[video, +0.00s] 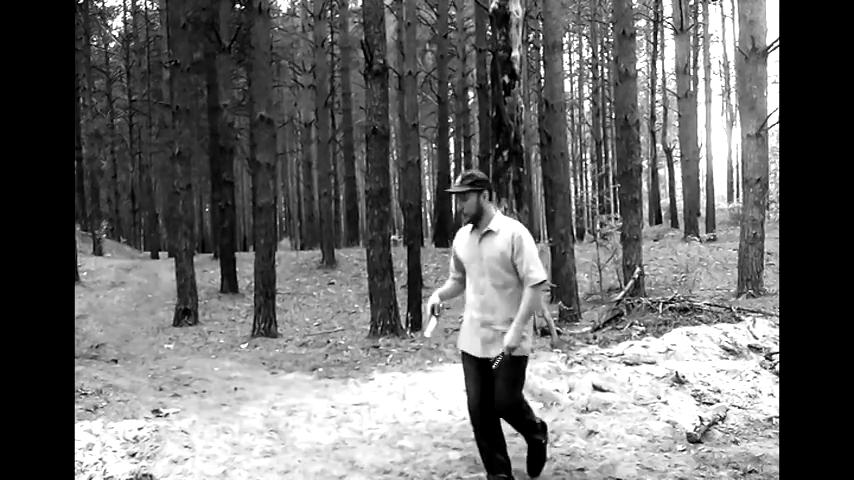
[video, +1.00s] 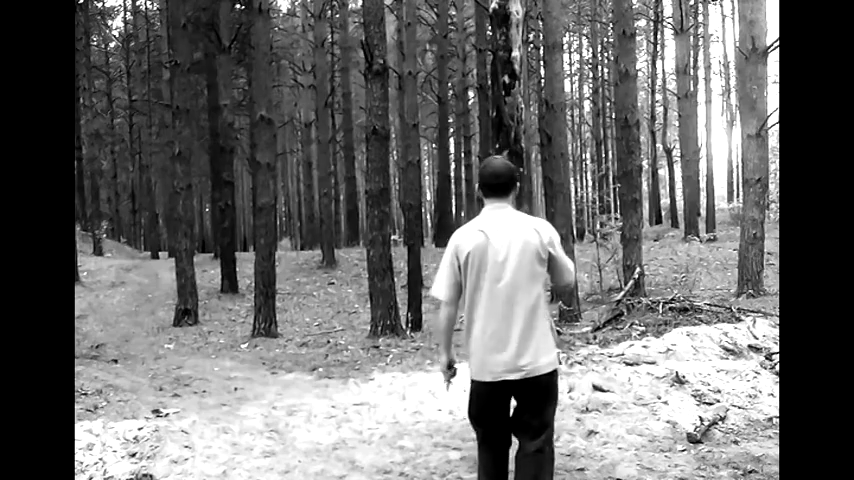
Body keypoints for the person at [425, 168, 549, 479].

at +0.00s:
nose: (459, 205)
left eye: (464, 198)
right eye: (457, 199)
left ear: (484, 196)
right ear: (463, 200)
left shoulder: (514, 233)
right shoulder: (462, 237)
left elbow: (535, 284)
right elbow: (457, 280)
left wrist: (516, 331)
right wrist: (438, 295)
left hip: (510, 338)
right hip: (473, 338)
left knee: (506, 403)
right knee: (479, 411)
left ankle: (536, 434)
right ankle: (498, 472)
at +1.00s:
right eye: (516, 184)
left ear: (480, 189)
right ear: (516, 188)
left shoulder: (463, 238)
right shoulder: (541, 230)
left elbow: (448, 303)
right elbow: (567, 283)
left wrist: (446, 353)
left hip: (487, 364)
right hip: (537, 360)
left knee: (490, 444)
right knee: (536, 445)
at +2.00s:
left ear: (458, 235)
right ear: (489, 230)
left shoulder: (455, 269)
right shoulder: (511, 258)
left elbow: (433, 317)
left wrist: (453, 337)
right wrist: (533, 227)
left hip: (479, 355)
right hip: (519, 348)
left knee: (479, 412)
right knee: (528, 418)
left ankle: (481, 473)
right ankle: (529, 475)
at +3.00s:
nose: (489, 204)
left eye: (489, 196)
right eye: (487, 197)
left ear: (503, 193)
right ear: (513, 192)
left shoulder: (522, 225)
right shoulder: (537, 219)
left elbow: (509, 279)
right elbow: (530, 278)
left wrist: (476, 276)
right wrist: (497, 290)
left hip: (533, 334)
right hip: (559, 331)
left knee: (507, 408)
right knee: (553, 405)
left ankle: (509, 472)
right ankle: (560, 473)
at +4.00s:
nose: (548, 203)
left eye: (555, 193)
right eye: (541, 195)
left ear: (573, 189)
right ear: (536, 195)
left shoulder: (605, 238)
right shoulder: (526, 242)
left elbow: (630, 298)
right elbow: (514, 292)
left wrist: (616, 354)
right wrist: (496, 296)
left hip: (596, 361)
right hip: (547, 360)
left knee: (598, 443)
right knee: (561, 441)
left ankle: (600, 477)